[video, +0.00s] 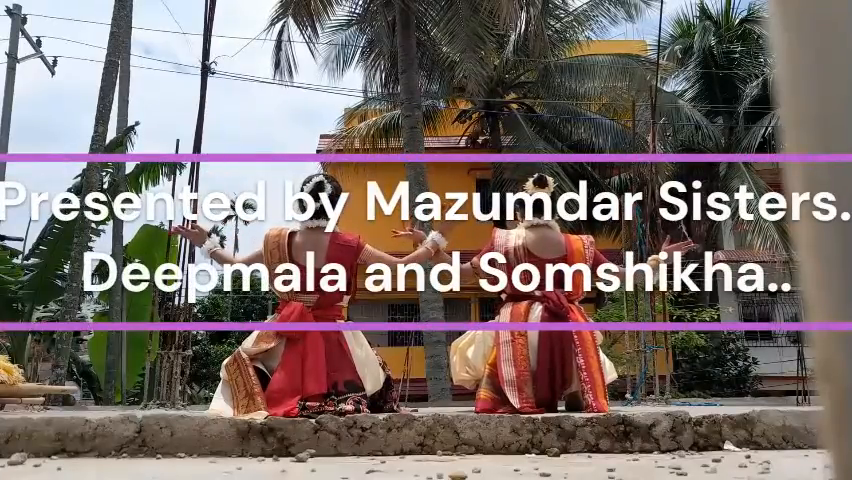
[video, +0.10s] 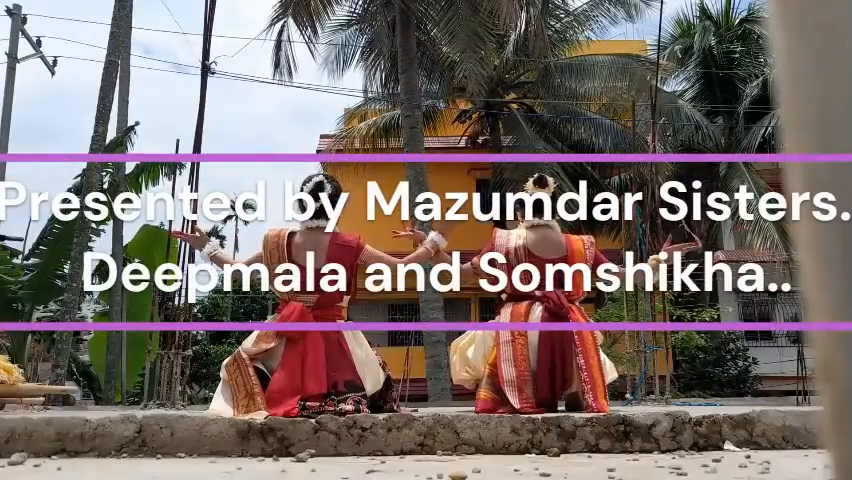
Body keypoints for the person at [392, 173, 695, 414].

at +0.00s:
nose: (530, 209)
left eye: (528, 204)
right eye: (534, 204)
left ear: (522, 207)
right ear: (553, 208)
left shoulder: (506, 243)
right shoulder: (575, 243)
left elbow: (484, 266)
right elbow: (603, 273)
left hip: (516, 321)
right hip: (566, 323)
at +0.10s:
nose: (531, 207)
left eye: (529, 202)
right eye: (535, 202)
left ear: (523, 204)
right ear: (555, 204)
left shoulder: (505, 241)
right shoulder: (576, 244)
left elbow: (481, 276)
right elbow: (595, 282)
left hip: (515, 325)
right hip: (565, 326)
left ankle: (514, 403)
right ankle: (581, 398)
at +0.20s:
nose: (532, 208)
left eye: (530, 203)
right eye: (538, 202)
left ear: (522, 207)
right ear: (556, 206)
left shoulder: (505, 241)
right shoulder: (578, 244)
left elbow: (485, 276)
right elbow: (602, 279)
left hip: (516, 327)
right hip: (567, 327)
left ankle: (513, 403)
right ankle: (583, 399)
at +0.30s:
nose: (535, 207)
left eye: (534, 202)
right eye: (537, 201)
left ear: (524, 205)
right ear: (555, 204)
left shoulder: (504, 241)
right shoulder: (578, 244)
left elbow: (474, 269)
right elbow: (616, 275)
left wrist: (441, 251)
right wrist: (658, 259)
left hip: (513, 327)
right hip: (567, 329)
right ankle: (584, 400)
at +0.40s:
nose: (535, 206)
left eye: (533, 202)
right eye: (538, 201)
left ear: (523, 205)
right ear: (556, 204)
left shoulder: (503, 242)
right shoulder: (579, 245)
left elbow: (472, 270)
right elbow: (620, 276)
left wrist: (438, 250)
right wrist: (660, 255)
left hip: (512, 332)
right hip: (567, 333)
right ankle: (582, 398)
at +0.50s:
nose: (533, 206)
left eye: (530, 202)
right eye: (539, 201)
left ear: (522, 205)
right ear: (555, 204)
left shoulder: (505, 241)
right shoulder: (578, 244)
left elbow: (474, 271)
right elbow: (619, 275)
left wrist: (439, 251)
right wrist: (659, 256)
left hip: (516, 328)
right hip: (569, 330)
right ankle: (582, 397)